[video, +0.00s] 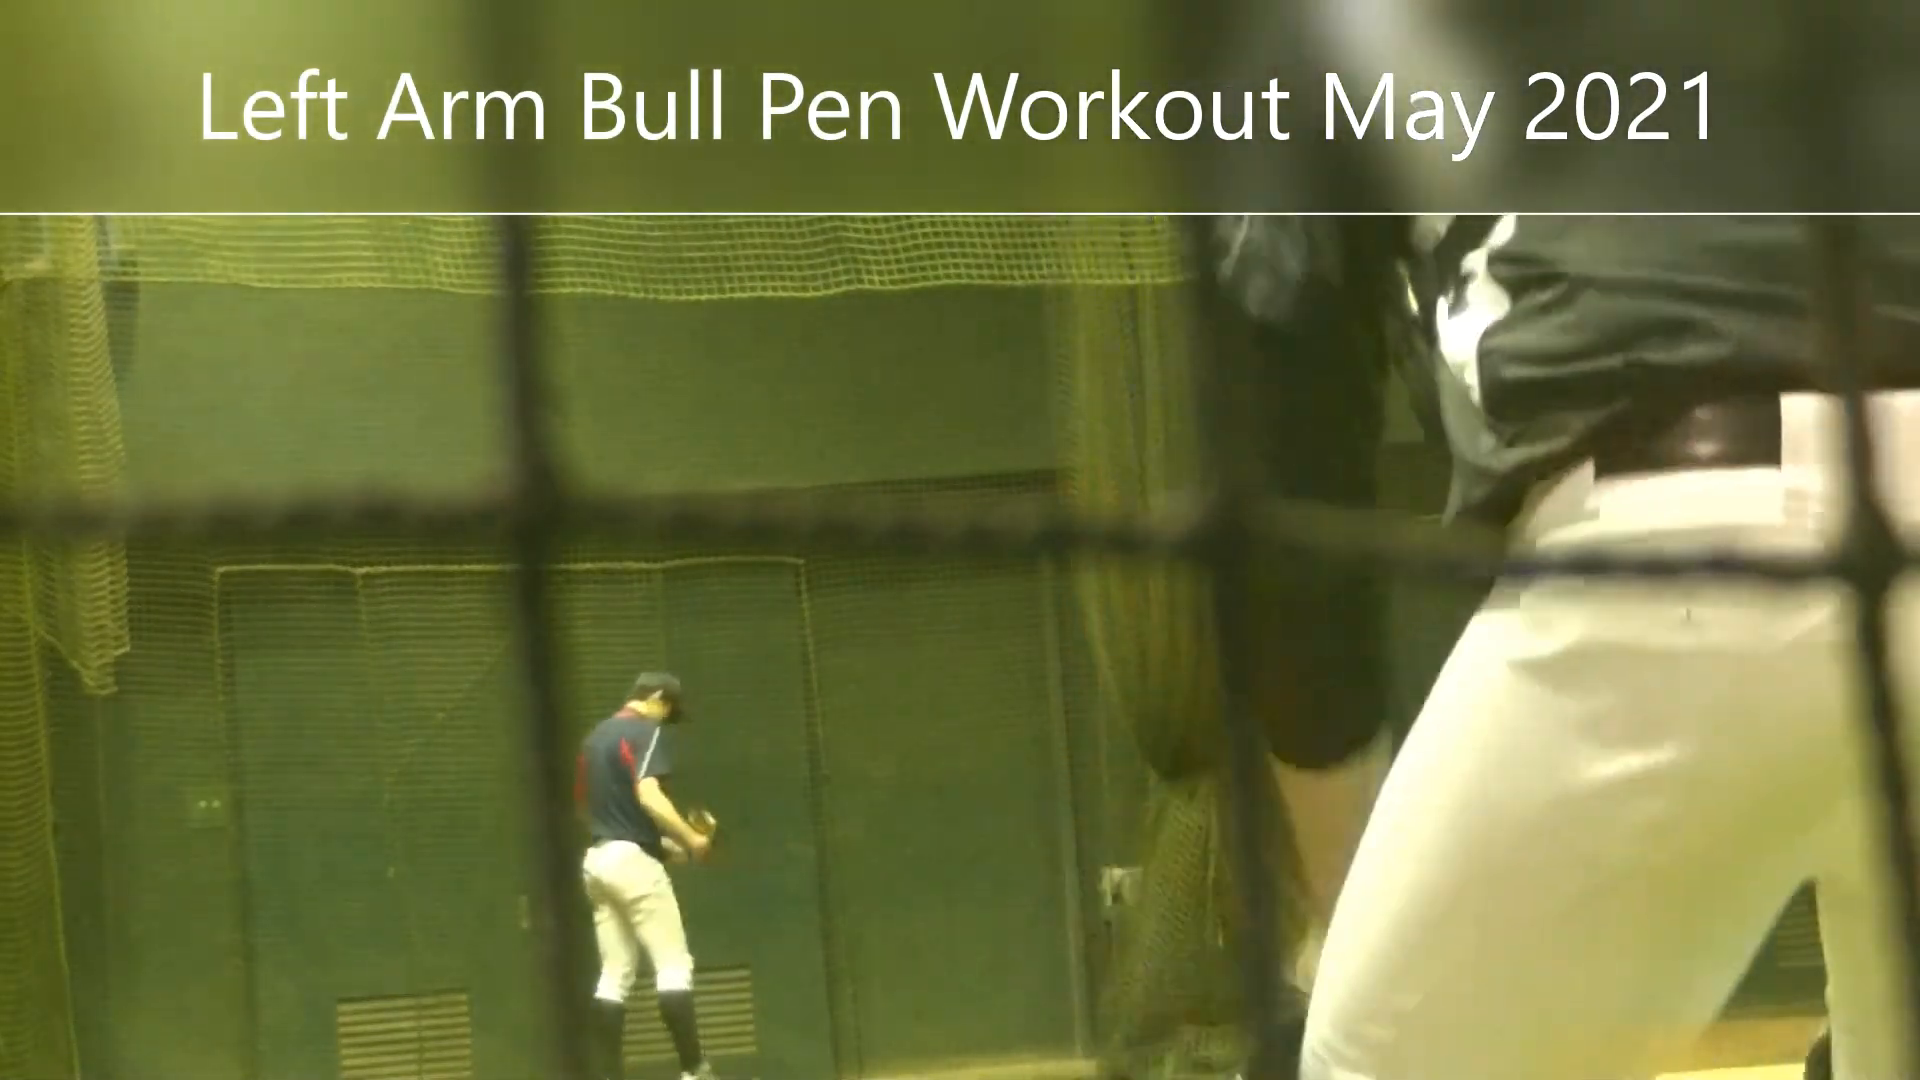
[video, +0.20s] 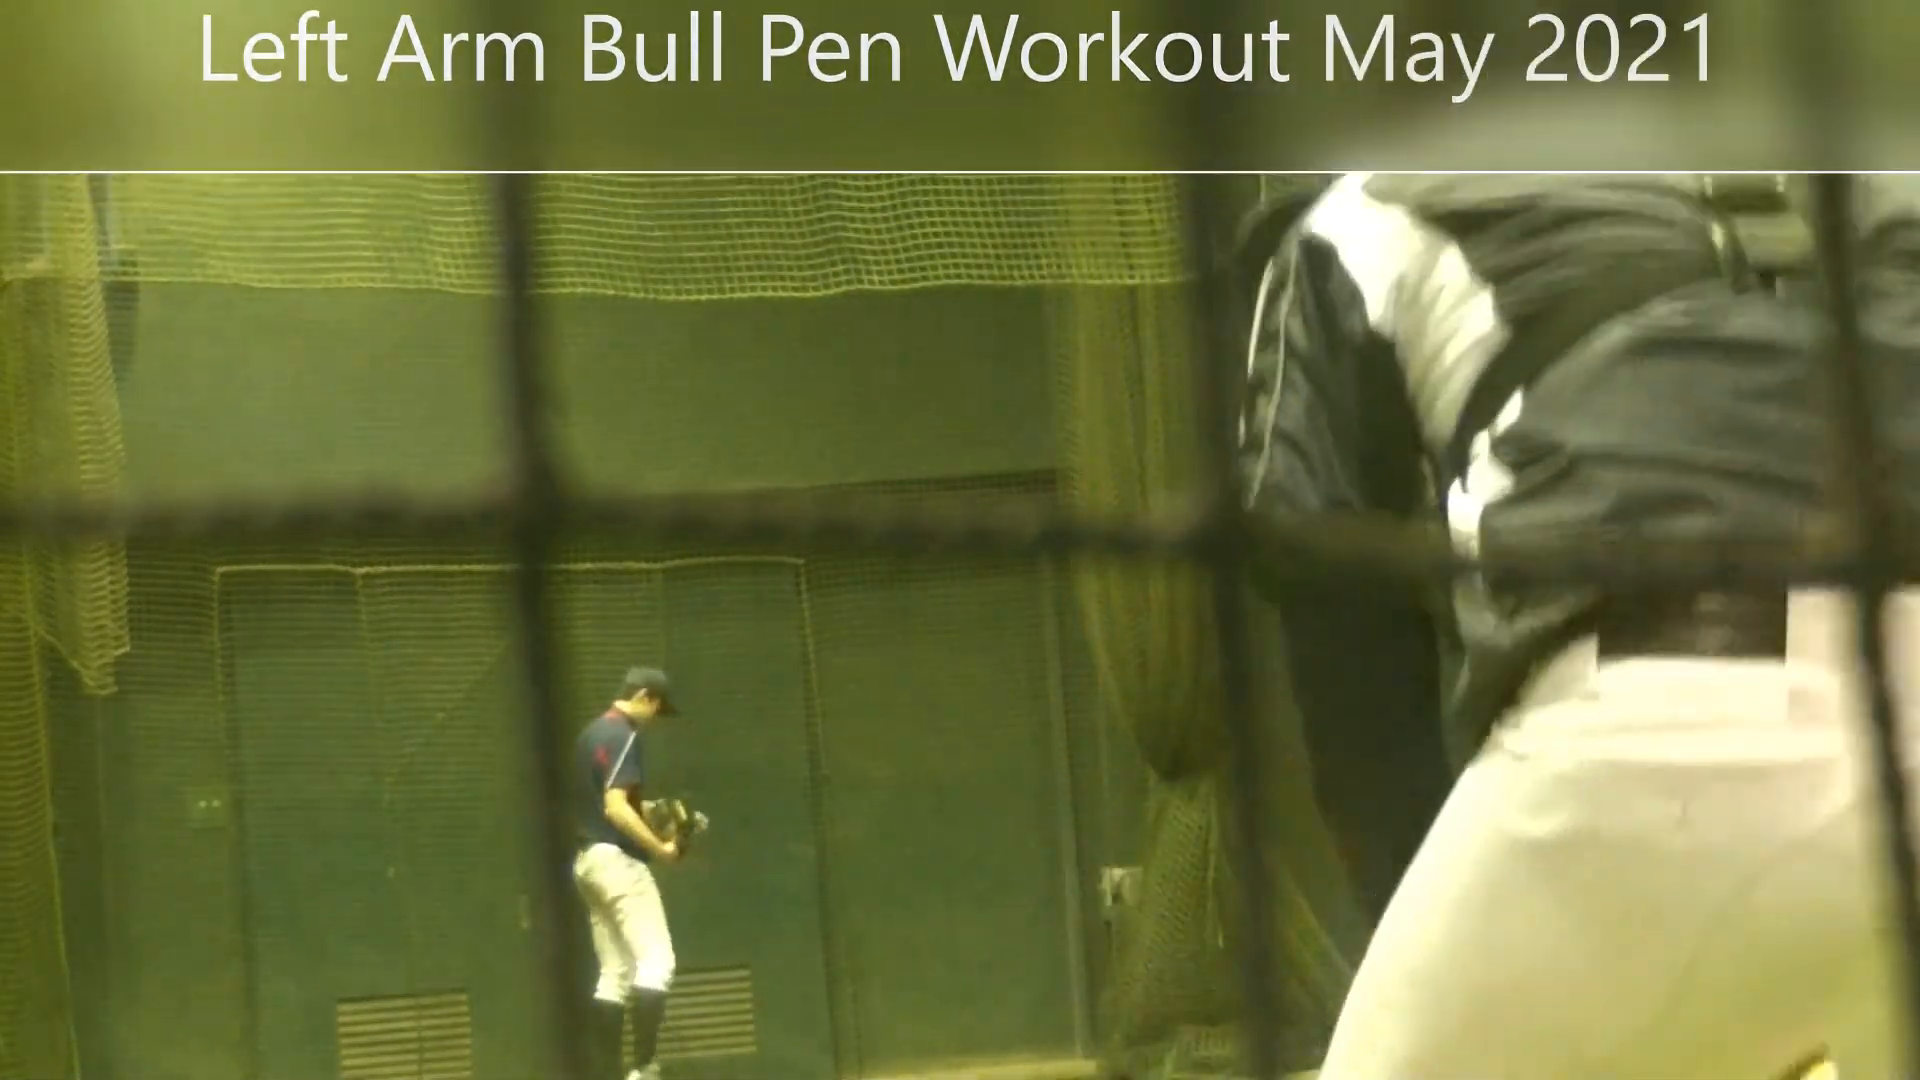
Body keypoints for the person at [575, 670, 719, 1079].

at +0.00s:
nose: (665, 718)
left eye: (668, 712)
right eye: (667, 711)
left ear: (635, 697)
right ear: (657, 700)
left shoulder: (596, 735)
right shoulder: (645, 729)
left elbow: (595, 809)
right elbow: (648, 794)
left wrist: (659, 844)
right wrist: (692, 837)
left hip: (595, 859)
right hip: (631, 857)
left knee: (615, 971)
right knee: (672, 961)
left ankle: (605, 1072)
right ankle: (693, 1067)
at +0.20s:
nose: (655, 720)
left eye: (659, 713)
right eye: (658, 711)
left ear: (635, 695)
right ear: (644, 697)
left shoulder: (595, 731)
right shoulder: (622, 733)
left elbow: (607, 802)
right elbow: (614, 804)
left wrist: (654, 825)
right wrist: (658, 847)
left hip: (585, 858)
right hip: (614, 858)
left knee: (614, 969)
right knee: (655, 959)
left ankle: (606, 1071)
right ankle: (644, 1066)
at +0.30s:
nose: (651, 718)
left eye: (654, 711)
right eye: (652, 709)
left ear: (630, 696)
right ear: (637, 697)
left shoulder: (599, 731)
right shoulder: (613, 734)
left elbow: (626, 785)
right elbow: (601, 807)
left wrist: (682, 792)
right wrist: (646, 851)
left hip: (589, 859)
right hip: (607, 859)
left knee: (615, 968)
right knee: (640, 962)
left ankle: (601, 1066)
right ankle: (620, 1067)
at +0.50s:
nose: (647, 718)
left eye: (650, 710)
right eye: (646, 708)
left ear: (629, 701)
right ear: (626, 698)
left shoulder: (612, 739)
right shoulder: (598, 739)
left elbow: (653, 755)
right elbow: (572, 808)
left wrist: (708, 735)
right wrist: (616, 855)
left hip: (619, 868)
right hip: (595, 867)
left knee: (625, 975)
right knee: (617, 975)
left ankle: (607, 1069)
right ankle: (600, 1070)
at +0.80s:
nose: (645, 726)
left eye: (648, 718)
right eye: (640, 717)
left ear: (644, 717)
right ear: (618, 710)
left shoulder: (640, 755)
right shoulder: (572, 754)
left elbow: (690, 793)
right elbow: (530, 810)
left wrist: (750, 787)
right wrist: (556, 851)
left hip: (615, 879)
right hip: (573, 882)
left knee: (635, 972)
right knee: (589, 982)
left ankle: (572, 1056)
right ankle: (586, 1067)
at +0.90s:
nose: (645, 731)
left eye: (648, 723)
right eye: (639, 722)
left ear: (647, 722)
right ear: (617, 714)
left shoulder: (644, 758)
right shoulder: (569, 755)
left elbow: (679, 804)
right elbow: (526, 810)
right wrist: (543, 865)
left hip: (617, 880)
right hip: (573, 884)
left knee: (631, 976)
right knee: (590, 985)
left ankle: (548, 1028)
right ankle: (589, 1070)